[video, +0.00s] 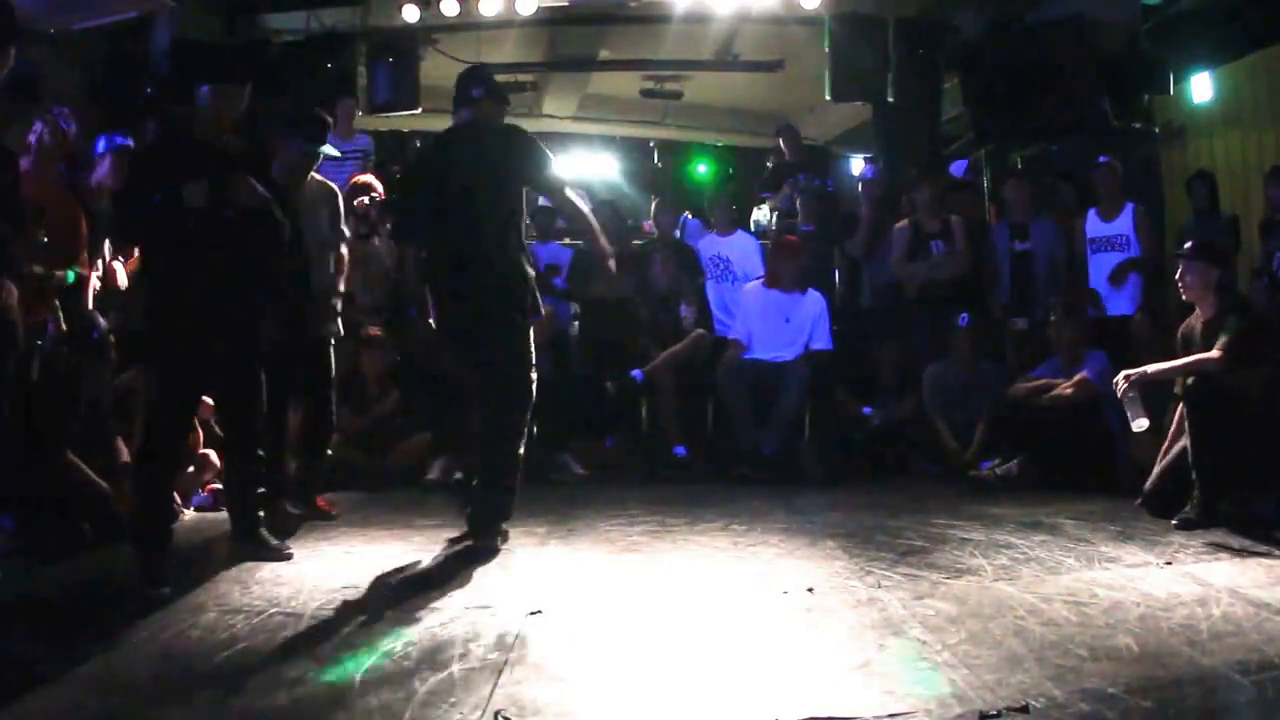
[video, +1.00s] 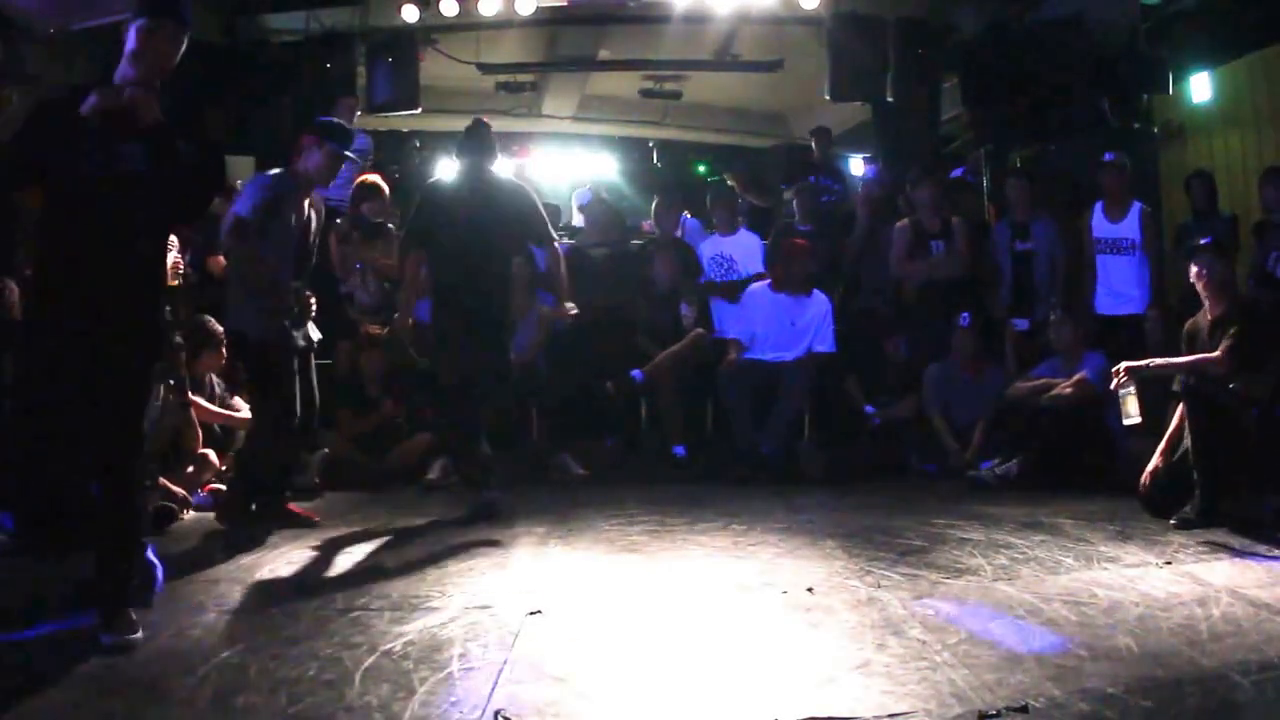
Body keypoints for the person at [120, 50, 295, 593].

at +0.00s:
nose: (229, 114)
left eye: (236, 104)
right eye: (220, 103)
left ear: (242, 110)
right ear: (197, 107)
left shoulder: (249, 159)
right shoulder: (161, 161)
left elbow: (285, 243)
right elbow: (126, 231)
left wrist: (263, 206)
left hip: (240, 313)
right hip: (174, 312)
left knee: (245, 424)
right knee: (164, 432)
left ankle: (248, 527)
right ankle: (151, 547)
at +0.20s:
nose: (187, 97)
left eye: (195, 87)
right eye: (178, 87)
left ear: (207, 89)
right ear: (161, 88)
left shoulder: (226, 146)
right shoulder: (124, 149)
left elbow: (252, 219)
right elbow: (99, 223)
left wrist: (221, 182)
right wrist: (152, 185)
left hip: (216, 304)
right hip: (145, 306)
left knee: (237, 416)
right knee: (141, 429)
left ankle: (246, 519)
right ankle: (143, 548)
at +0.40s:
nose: (158, 79)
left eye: (169, 68)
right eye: (150, 67)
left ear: (180, 73)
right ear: (132, 70)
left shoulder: (200, 134)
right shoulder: (96, 142)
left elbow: (229, 210)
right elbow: (69, 220)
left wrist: (192, 172)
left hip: (194, 302)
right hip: (122, 304)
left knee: (217, 423)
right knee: (129, 433)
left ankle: (225, 533)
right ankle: (143, 557)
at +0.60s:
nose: (154, 75)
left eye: (164, 63)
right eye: (144, 62)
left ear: (174, 66)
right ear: (124, 64)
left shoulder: (191, 130)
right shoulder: (89, 131)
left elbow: (226, 201)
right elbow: (55, 212)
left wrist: (181, 162)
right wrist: (107, 169)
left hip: (172, 307)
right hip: (100, 307)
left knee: (160, 440)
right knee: (107, 437)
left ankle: (154, 578)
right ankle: (130, 560)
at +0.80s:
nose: (147, 76)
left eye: (159, 66)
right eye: (138, 62)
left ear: (174, 68)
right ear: (119, 60)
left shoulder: (188, 135)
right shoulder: (75, 129)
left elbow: (221, 210)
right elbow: (32, 203)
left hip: (153, 305)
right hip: (79, 302)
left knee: (133, 451)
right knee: (79, 437)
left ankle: (116, 604)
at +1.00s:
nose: (143, 65)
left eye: (158, 58)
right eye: (138, 51)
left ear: (176, 62)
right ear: (122, 44)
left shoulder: (178, 134)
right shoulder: (66, 115)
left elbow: (198, 218)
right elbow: (19, 175)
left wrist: (156, 132)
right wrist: (81, 119)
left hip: (133, 303)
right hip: (58, 296)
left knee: (123, 450)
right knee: (49, 438)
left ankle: (117, 601)